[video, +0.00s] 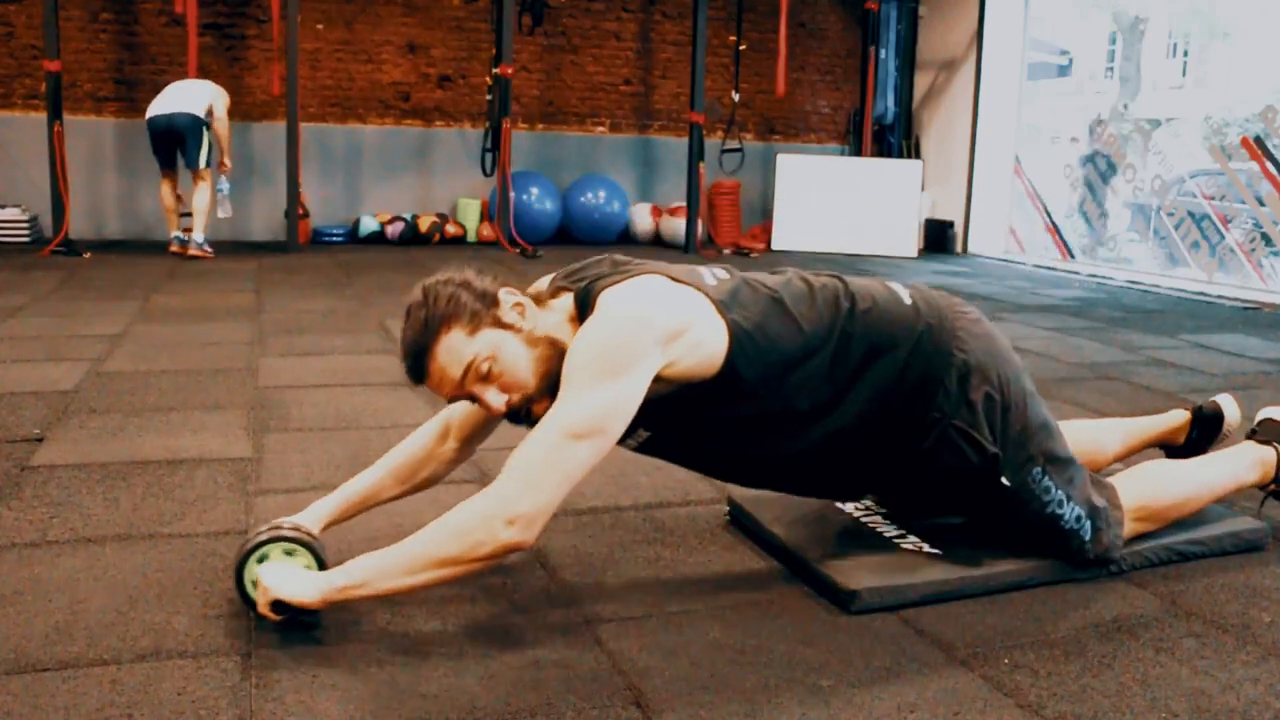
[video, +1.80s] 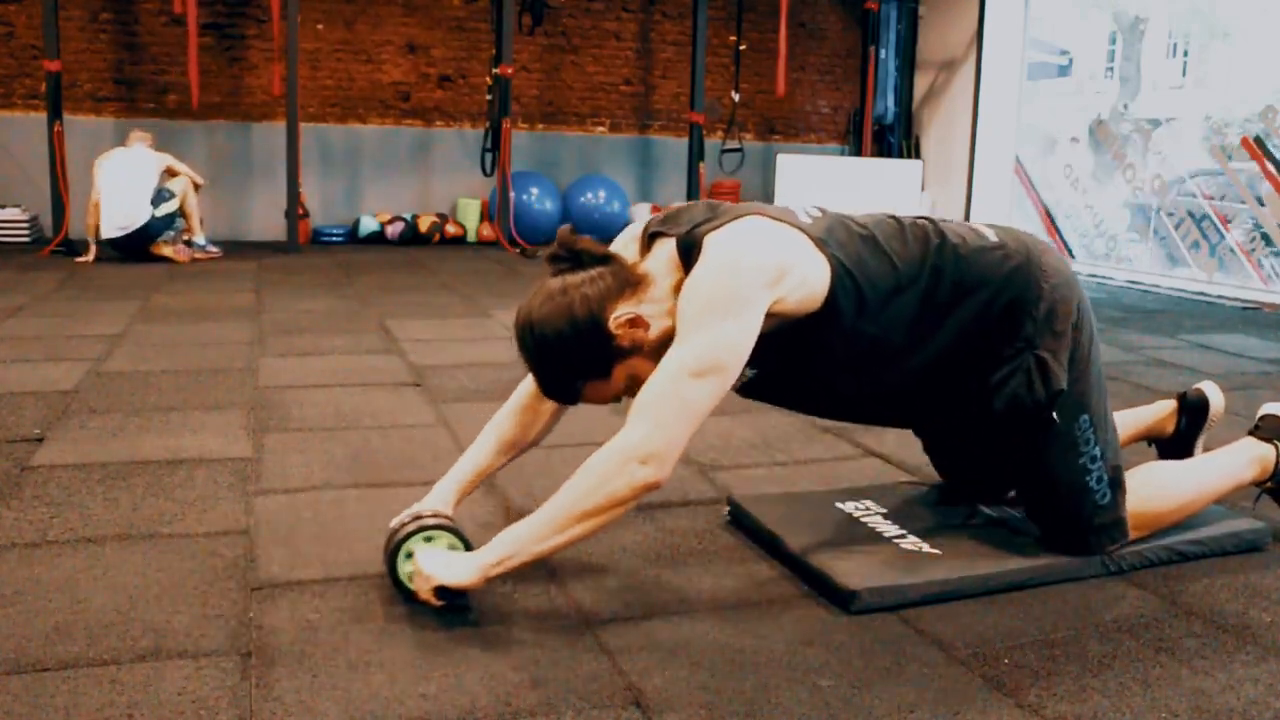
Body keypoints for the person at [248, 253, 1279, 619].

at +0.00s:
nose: (482, 402)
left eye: (474, 371)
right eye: (460, 401)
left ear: (513, 309)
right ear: (466, 377)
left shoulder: (624, 330)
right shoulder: (550, 326)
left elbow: (510, 524)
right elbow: (442, 439)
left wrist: (331, 587)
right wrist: (313, 519)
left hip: (937, 378)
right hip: (872, 398)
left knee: (1098, 530)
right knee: (1042, 486)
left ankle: (1258, 458)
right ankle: (1198, 419)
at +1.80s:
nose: (633, 388)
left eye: (612, 378)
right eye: (610, 385)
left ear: (633, 325)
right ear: (622, 326)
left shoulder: (732, 277)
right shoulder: (637, 274)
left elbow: (639, 464)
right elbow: (542, 392)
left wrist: (488, 561)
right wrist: (450, 491)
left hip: (1018, 309)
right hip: (937, 341)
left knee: (1091, 525)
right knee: (992, 484)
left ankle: (1260, 456)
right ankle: (1171, 418)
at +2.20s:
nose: (744, 323)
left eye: (733, 311)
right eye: (726, 321)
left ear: (746, 250)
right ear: (735, 248)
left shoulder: (852, 211)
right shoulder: (731, 203)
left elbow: (792, 411)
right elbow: (664, 360)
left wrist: (664, 543)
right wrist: (603, 489)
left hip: (1084, 296)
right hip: (988, 328)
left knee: (1094, 529)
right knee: (991, 484)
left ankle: (1269, 457)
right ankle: (1165, 423)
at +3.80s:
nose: (601, 383)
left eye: (588, 367)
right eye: (576, 380)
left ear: (608, 307)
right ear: (594, 309)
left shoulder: (722, 266)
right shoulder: (620, 269)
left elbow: (644, 465)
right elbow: (541, 392)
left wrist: (491, 562)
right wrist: (452, 493)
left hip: (1007, 324)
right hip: (922, 359)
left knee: (1106, 525)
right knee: (1002, 482)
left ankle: (1264, 450)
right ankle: (1171, 413)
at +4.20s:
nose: (527, 480)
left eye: (515, 464)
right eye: (510, 473)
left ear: (527, 406)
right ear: (515, 411)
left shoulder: (628, 357)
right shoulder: (537, 330)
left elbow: (512, 555)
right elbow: (423, 450)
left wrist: (323, 596)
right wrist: (299, 519)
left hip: (931, 373)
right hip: (862, 375)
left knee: (1094, 522)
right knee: (1018, 481)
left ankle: (1264, 457)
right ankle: (1174, 405)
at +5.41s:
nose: (581, 458)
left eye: (566, 451)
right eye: (560, 460)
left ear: (564, 400)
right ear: (542, 402)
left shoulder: (657, 350)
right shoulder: (561, 323)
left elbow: (558, 546)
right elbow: (467, 448)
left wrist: (369, 594)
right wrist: (343, 513)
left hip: (956, 341)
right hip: (904, 323)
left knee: (1092, 525)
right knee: (1000, 493)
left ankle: (1271, 466)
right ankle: (1174, 410)